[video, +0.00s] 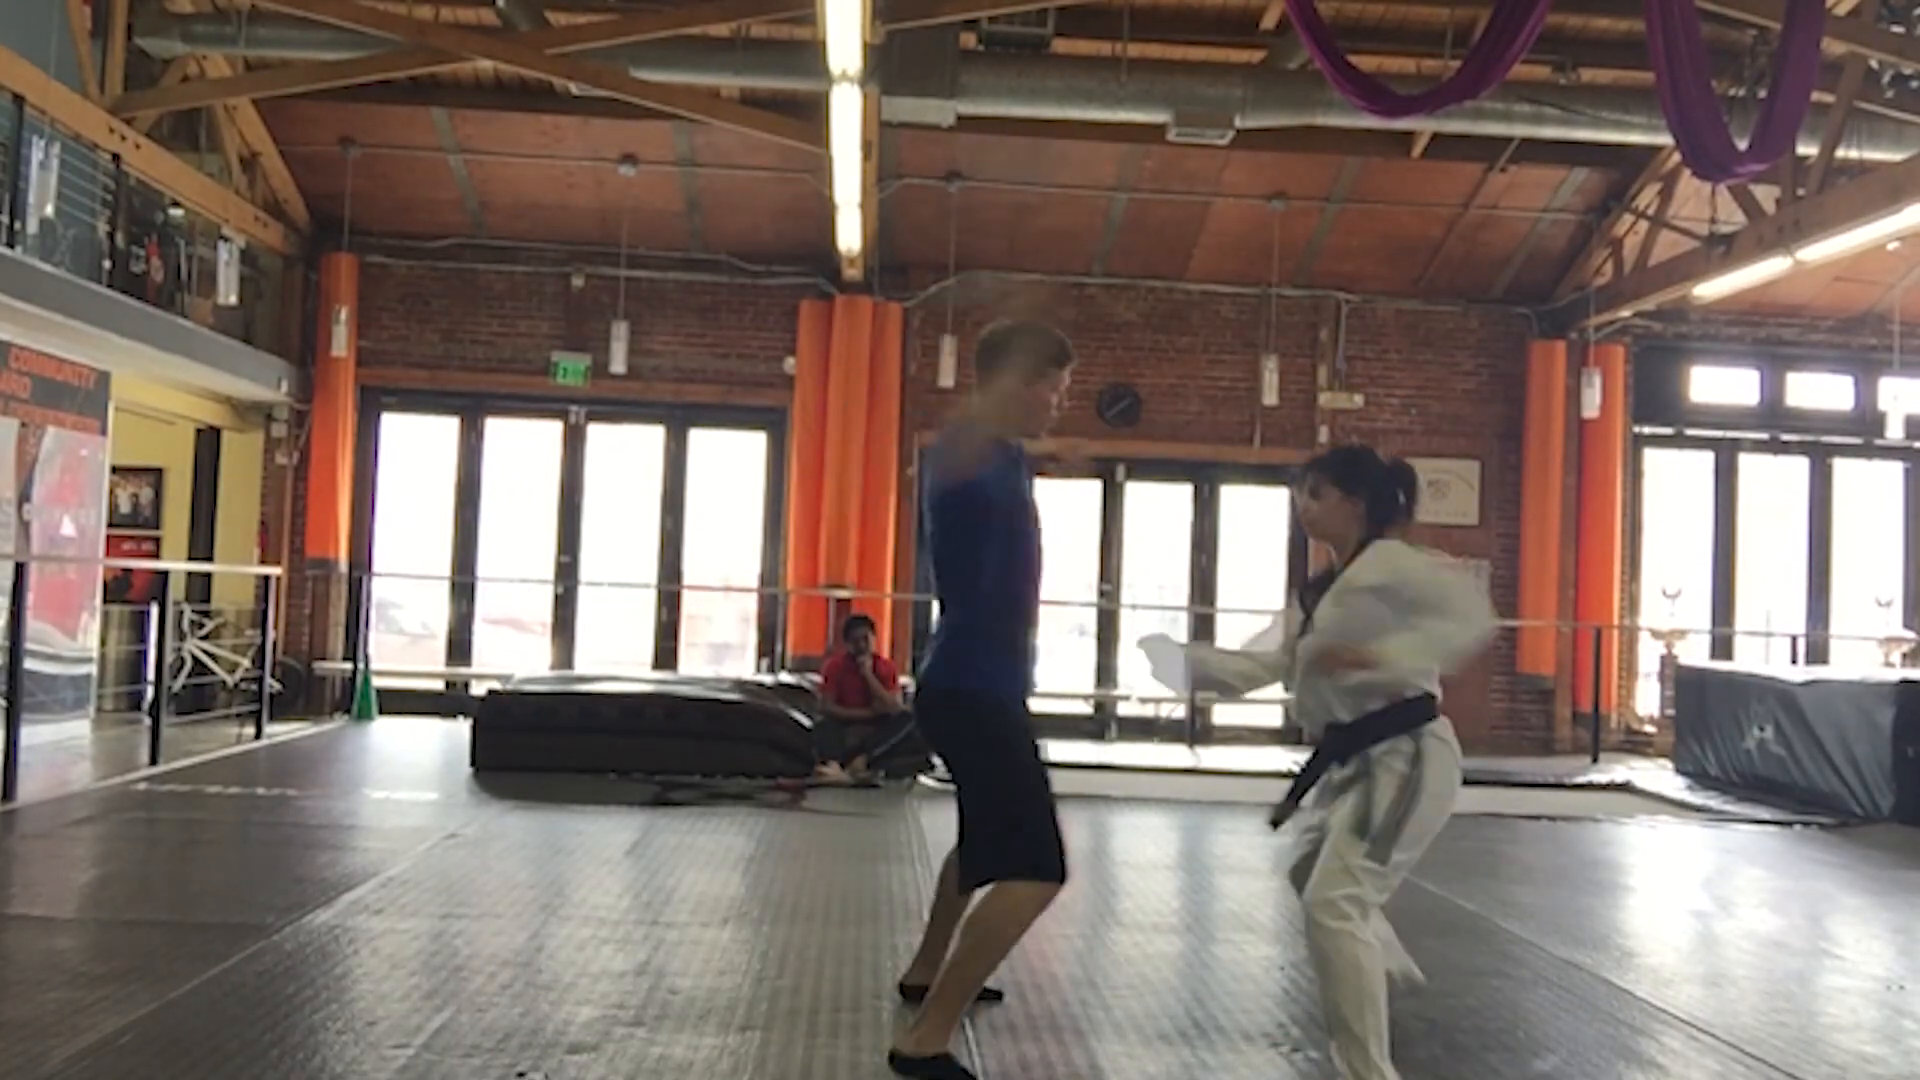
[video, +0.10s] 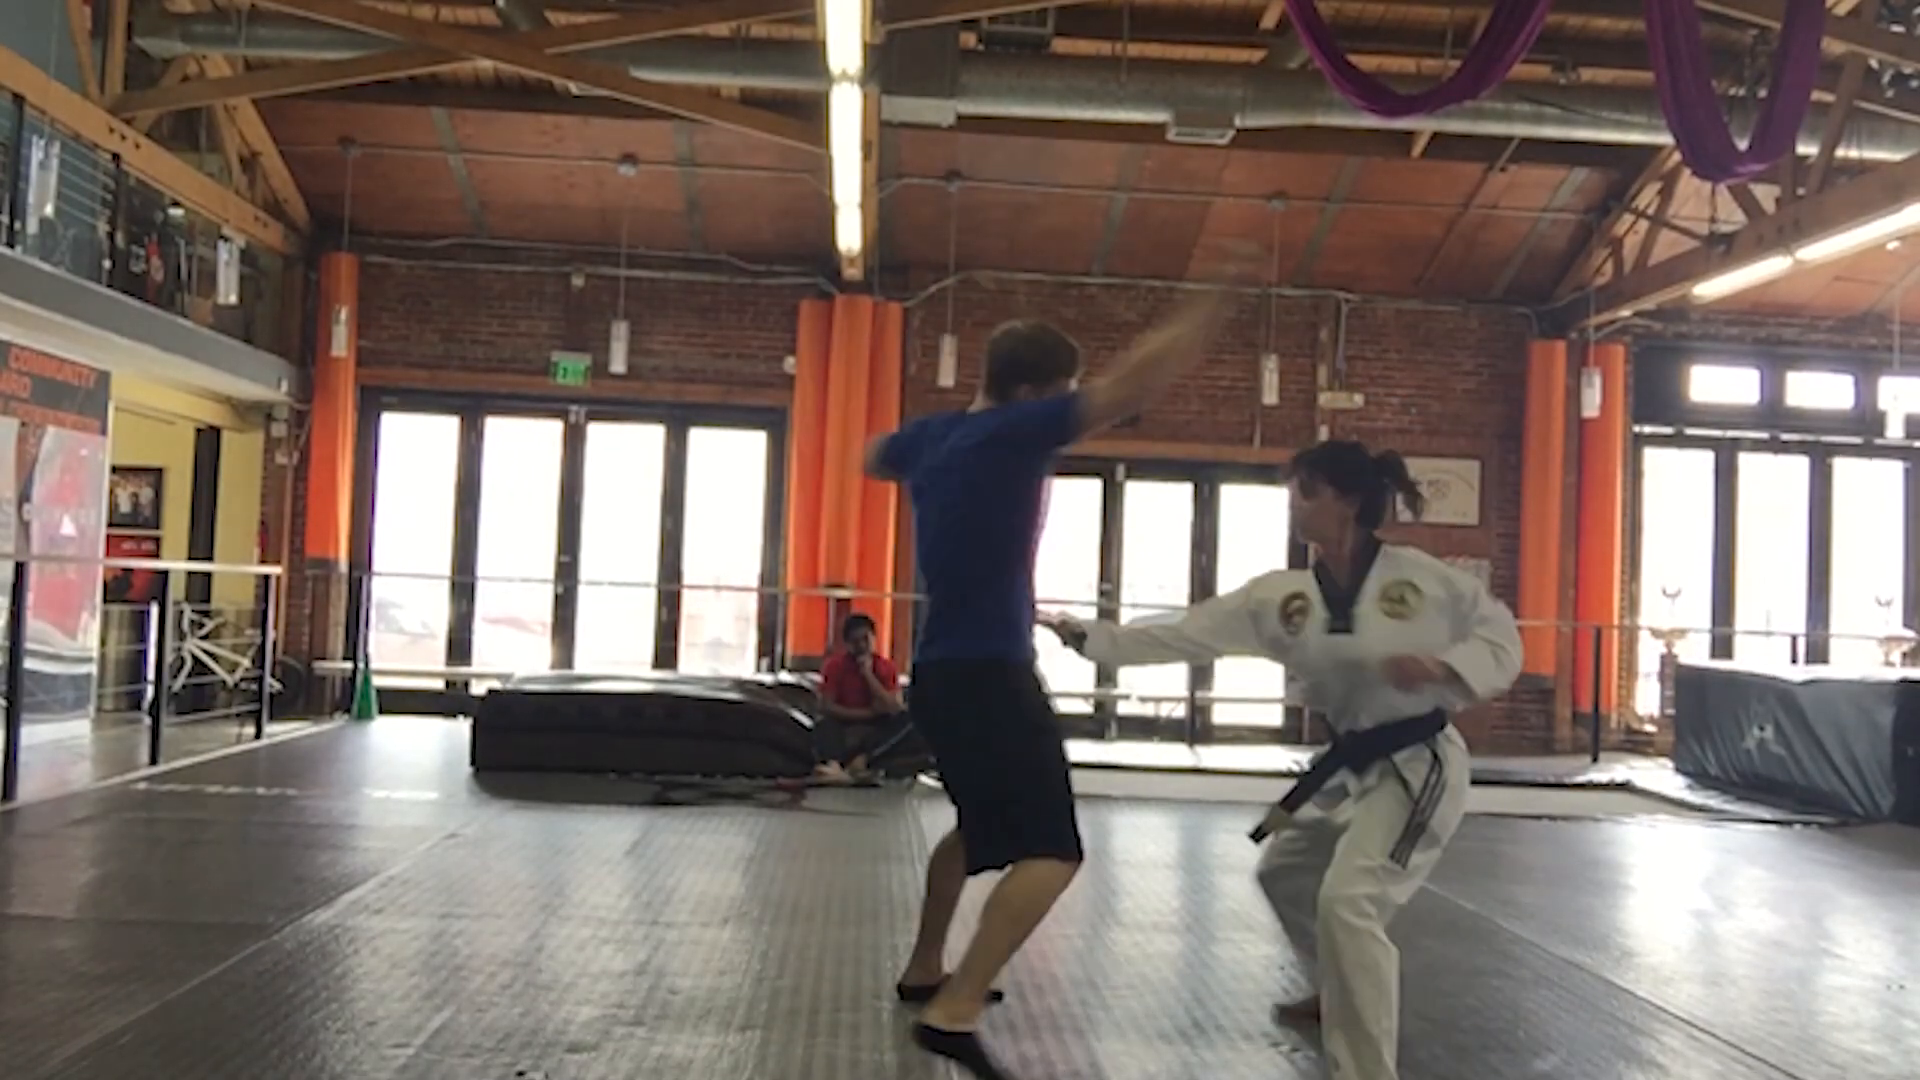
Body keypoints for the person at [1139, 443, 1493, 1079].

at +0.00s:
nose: (1303, 508)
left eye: (1315, 496)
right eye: (1303, 496)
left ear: (1357, 503)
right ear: (1328, 506)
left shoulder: (1393, 563)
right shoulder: (1327, 595)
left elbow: (1472, 618)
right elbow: (1266, 664)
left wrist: (1385, 658)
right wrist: (1190, 666)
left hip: (1410, 757)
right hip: (1356, 763)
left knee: (1335, 902)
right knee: (1308, 869)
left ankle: (1365, 1070)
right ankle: (1390, 968)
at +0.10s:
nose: (1293, 503)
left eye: (1306, 491)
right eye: (1294, 490)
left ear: (1348, 503)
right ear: (1324, 505)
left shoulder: (1429, 579)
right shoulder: (1279, 598)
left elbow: (1505, 646)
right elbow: (1180, 634)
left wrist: (1444, 663)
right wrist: (1078, 632)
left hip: (1425, 759)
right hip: (1351, 765)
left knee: (1347, 901)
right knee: (1284, 870)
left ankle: (1365, 1070)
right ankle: (1339, 990)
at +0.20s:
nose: (1293, 522)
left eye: (1305, 508)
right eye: (1293, 508)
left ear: (1350, 517)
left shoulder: (1424, 594)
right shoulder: (1281, 604)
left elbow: (1497, 662)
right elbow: (1213, 657)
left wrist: (1469, 696)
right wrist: (1160, 647)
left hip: (1412, 775)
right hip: (1327, 776)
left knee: (1355, 905)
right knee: (1273, 906)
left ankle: (1370, 1071)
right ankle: (1309, 1002)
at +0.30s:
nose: (1294, 543)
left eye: (1307, 529)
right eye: (1293, 528)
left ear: (1353, 533)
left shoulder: (1417, 609)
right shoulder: (1288, 603)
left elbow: (1462, 724)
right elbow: (1294, 676)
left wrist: (1475, 695)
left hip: (1394, 787)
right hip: (1309, 784)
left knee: (1361, 902)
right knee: (1273, 929)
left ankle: (1375, 1072)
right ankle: (1318, 1004)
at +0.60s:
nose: (1288, 625)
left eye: (1302, 611)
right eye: (1287, 609)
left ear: (1351, 617)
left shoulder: (1398, 683)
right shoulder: (1276, 680)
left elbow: (1414, 785)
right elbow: (1302, 771)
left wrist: (1466, 734)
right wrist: (1413, 747)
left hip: (1375, 842)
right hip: (1291, 848)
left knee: (1365, 901)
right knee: (1265, 1023)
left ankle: (1372, 1070)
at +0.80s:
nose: (1263, 640)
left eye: (1277, 628)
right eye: (1266, 626)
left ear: (1321, 638)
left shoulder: (1389, 717)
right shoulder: (1258, 710)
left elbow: (1448, 818)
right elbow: (1183, 777)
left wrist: (1364, 800)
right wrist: (1106, 839)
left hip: (1386, 871)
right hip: (1300, 880)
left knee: (1390, 900)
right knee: (1264, 1034)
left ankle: (1380, 1072)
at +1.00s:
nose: (1274, 580)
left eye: (1283, 568)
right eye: (1276, 567)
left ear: (1323, 580)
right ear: (1317, 581)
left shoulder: (1389, 663)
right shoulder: (1270, 652)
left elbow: (1417, 779)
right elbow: (1220, 725)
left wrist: (1355, 758)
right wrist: (1191, 798)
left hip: (1398, 830)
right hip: (1315, 828)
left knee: (1352, 909)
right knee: (1286, 955)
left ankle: (1374, 1071)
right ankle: (1291, 993)